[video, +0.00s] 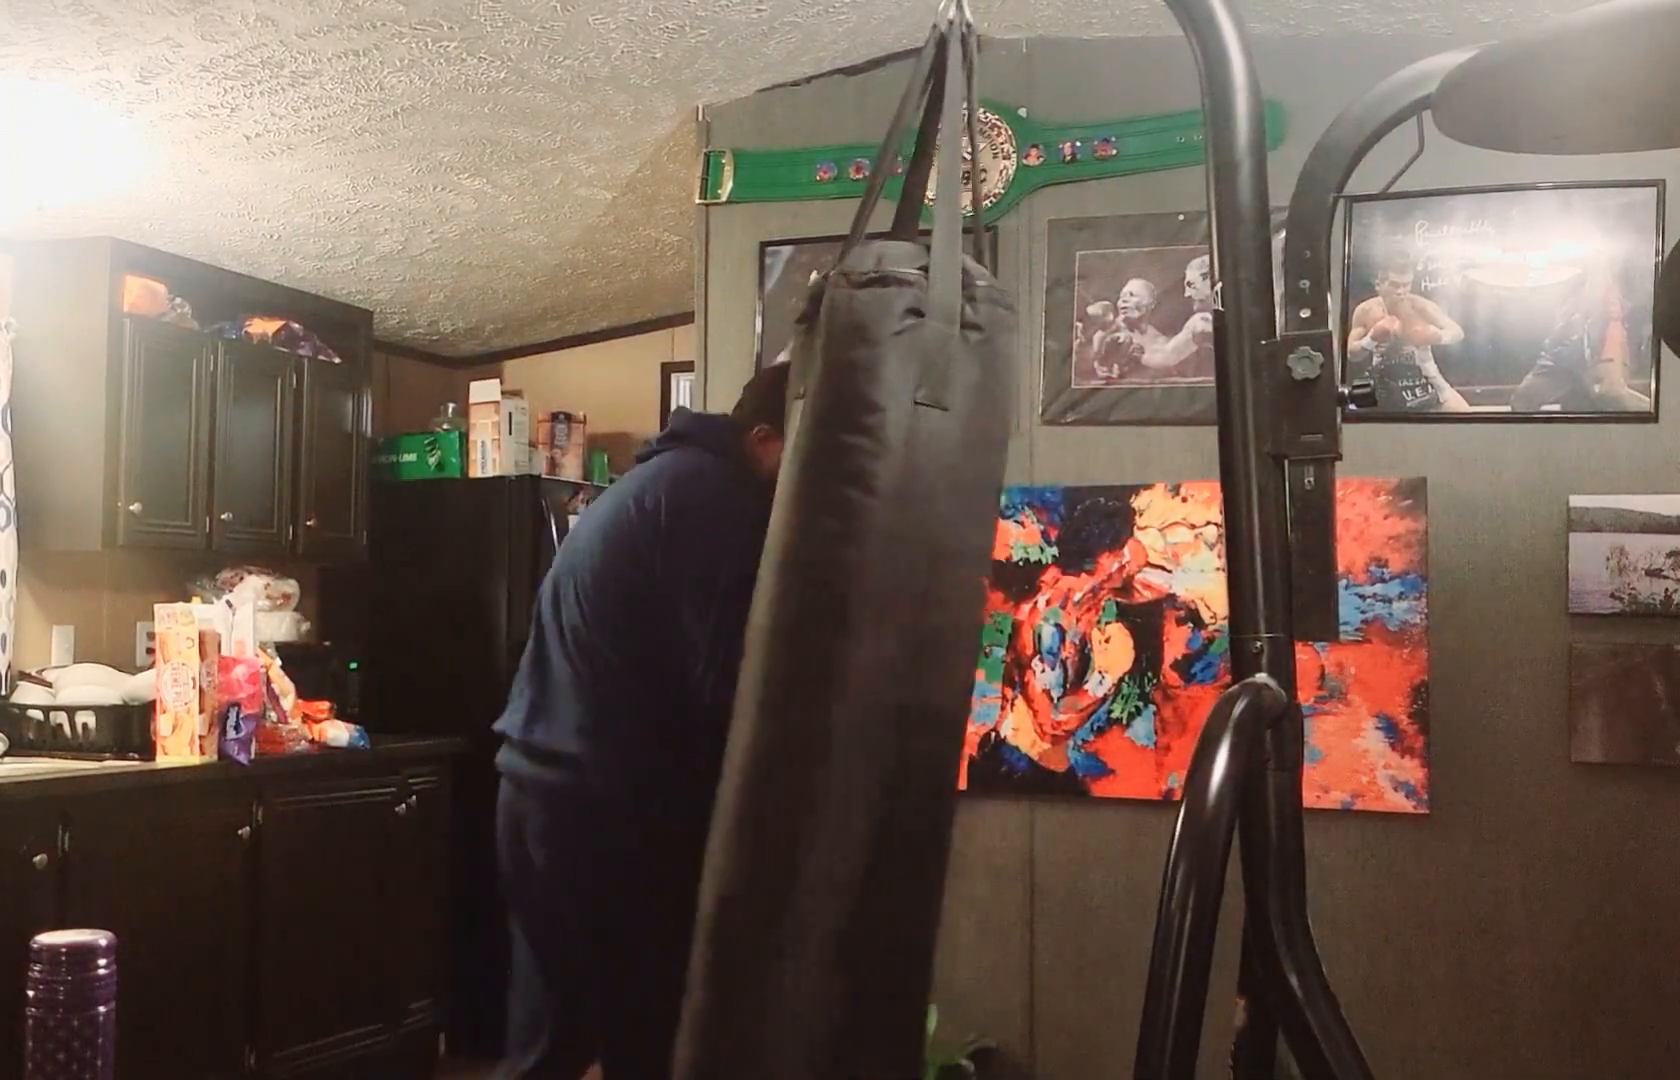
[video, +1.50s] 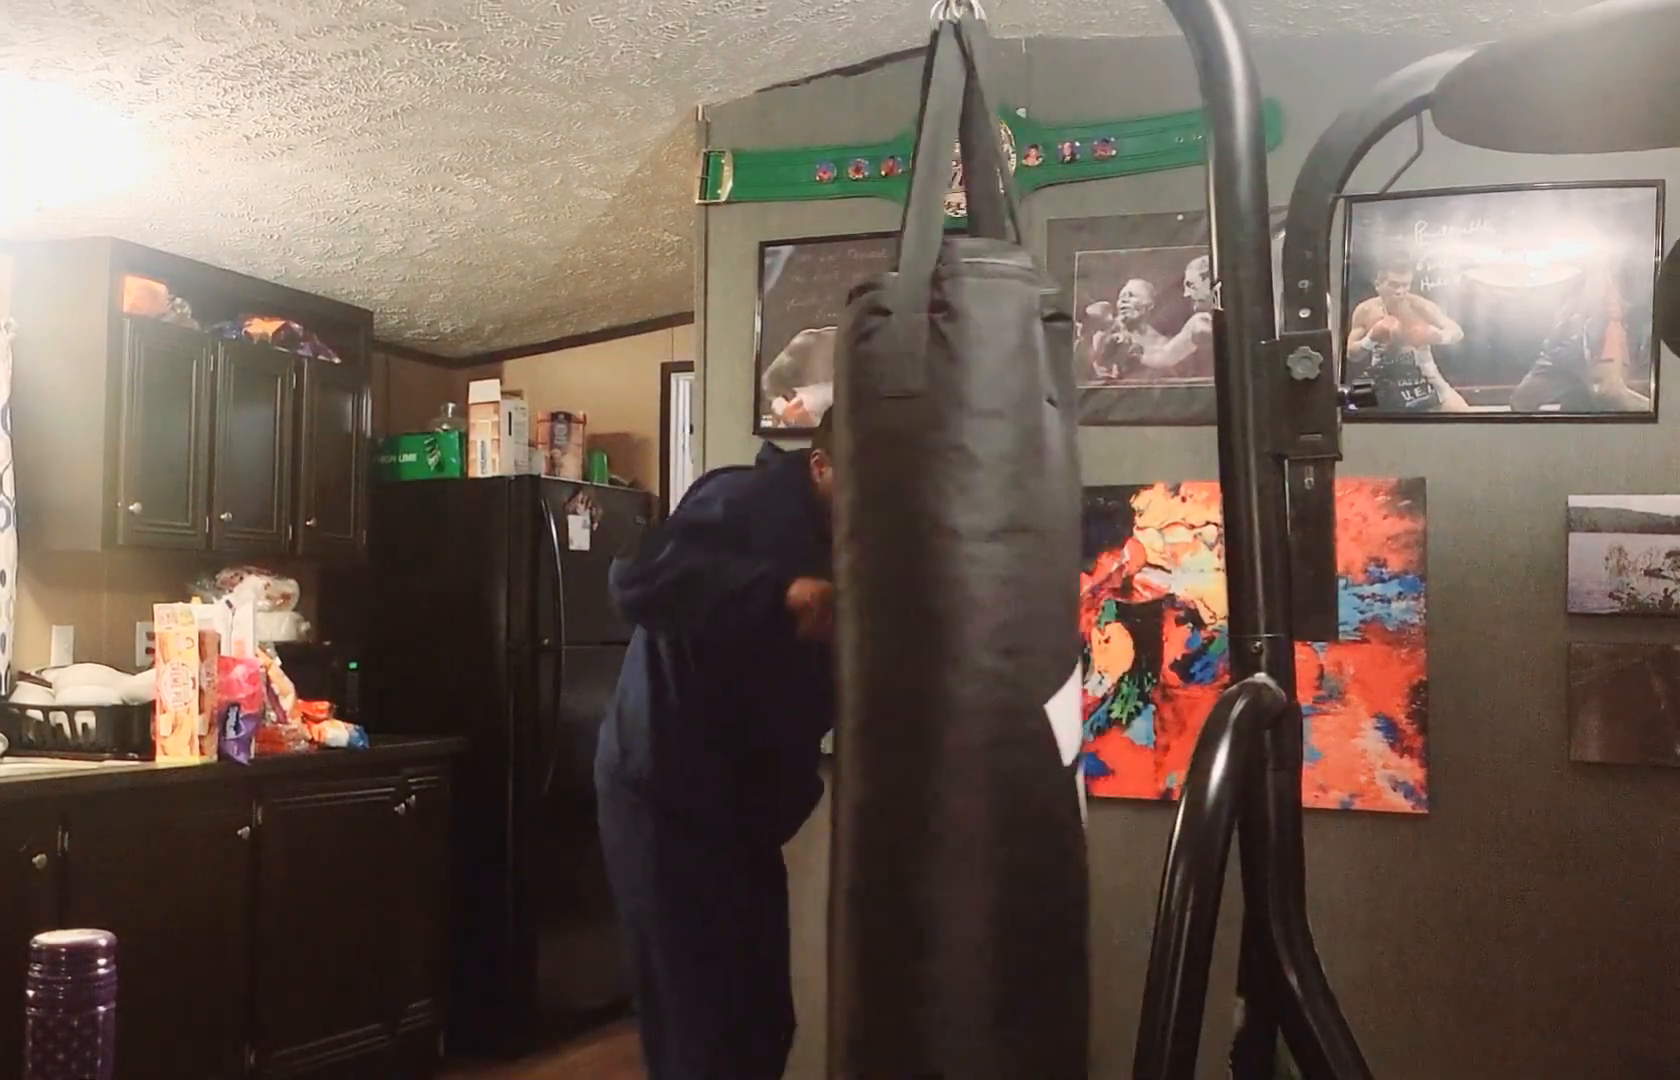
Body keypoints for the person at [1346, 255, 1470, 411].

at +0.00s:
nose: (1401, 291)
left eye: (1406, 285)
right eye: (1395, 285)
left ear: (1411, 284)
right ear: (1379, 284)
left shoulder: (1421, 306)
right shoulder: (1365, 311)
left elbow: (1457, 332)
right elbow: (1352, 354)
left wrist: (1435, 336)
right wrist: (1373, 338)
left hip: (1429, 384)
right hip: (1386, 388)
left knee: (1468, 420)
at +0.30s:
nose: (1400, 291)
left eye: (1405, 285)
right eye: (1394, 285)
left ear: (1410, 284)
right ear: (1378, 285)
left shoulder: (1420, 306)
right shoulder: (1365, 311)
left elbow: (1456, 332)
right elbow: (1351, 355)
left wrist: (1434, 336)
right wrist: (1372, 339)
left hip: (1428, 384)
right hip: (1384, 387)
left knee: (1468, 420)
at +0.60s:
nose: (1401, 292)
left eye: (1406, 285)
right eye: (1394, 285)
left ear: (1411, 284)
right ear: (1379, 284)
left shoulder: (1421, 306)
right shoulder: (1365, 311)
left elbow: (1457, 332)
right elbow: (1352, 355)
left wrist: (1434, 336)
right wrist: (1373, 339)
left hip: (1428, 384)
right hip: (1385, 387)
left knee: (1468, 420)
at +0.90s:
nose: (1401, 292)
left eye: (1405, 286)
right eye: (1394, 285)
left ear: (1410, 284)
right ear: (1378, 285)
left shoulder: (1421, 306)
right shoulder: (1364, 311)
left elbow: (1457, 333)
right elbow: (1351, 354)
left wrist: (1435, 336)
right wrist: (1372, 338)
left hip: (1427, 382)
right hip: (1384, 386)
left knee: (1467, 419)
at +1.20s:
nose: (1401, 292)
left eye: (1405, 286)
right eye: (1394, 285)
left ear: (1410, 284)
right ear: (1378, 285)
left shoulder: (1420, 306)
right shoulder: (1364, 312)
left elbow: (1456, 332)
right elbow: (1352, 355)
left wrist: (1434, 336)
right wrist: (1372, 339)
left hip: (1427, 383)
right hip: (1383, 387)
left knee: (1467, 420)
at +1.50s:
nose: (1400, 291)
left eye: (1405, 285)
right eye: (1394, 285)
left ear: (1410, 284)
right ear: (1378, 284)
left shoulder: (1420, 306)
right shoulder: (1365, 311)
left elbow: (1457, 332)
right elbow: (1351, 354)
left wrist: (1435, 336)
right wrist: (1372, 338)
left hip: (1427, 381)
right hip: (1384, 384)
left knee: (1466, 417)